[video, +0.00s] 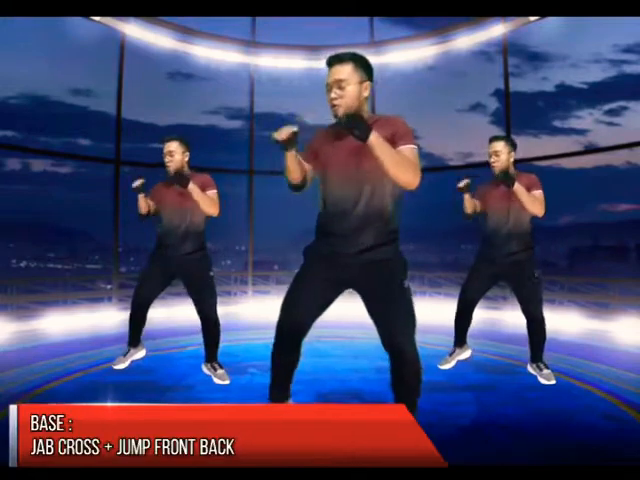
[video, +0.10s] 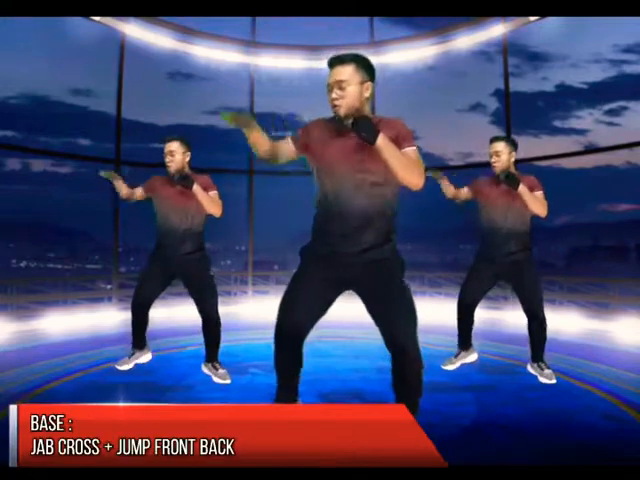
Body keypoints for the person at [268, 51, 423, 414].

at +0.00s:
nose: (333, 93)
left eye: (341, 85)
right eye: (330, 87)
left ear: (366, 88)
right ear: (327, 92)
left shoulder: (393, 129)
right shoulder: (322, 139)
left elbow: (410, 179)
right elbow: (297, 181)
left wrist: (369, 136)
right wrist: (289, 149)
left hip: (379, 258)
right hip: (327, 258)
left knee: (402, 347)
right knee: (288, 330)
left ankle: (405, 422)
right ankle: (277, 408)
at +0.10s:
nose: (333, 94)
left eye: (341, 85)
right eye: (330, 87)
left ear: (367, 88)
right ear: (328, 91)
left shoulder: (394, 132)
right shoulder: (316, 133)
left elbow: (415, 180)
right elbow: (273, 153)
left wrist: (377, 139)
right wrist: (251, 128)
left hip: (377, 261)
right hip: (324, 260)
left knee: (406, 349)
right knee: (288, 331)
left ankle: (407, 424)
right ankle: (286, 408)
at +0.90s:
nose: (322, 103)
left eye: (329, 95)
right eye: (321, 96)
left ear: (356, 95)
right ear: (328, 99)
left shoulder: (390, 130)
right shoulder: (329, 145)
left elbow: (396, 181)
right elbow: (306, 190)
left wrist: (349, 139)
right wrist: (296, 152)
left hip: (384, 264)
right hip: (339, 263)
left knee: (398, 352)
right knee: (299, 332)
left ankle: (425, 431)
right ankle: (289, 418)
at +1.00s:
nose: (323, 105)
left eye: (330, 97)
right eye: (322, 98)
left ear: (357, 97)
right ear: (329, 102)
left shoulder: (392, 132)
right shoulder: (330, 148)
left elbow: (402, 183)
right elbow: (306, 195)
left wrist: (353, 143)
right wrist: (294, 156)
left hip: (384, 268)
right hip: (337, 266)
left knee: (397, 354)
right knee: (294, 334)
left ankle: (426, 432)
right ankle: (289, 418)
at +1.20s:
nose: (298, 88)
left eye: (304, 80)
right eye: (297, 81)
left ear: (331, 80)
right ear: (315, 83)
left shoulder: (369, 118)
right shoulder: (310, 133)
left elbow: (379, 163)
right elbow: (285, 174)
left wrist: (334, 120)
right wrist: (269, 139)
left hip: (361, 248)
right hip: (314, 246)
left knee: (384, 337)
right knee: (265, 307)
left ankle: (421, 421)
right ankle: (253, 387)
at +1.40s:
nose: (277, 110)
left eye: (283, 102)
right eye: (277, 103)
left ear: (309, 104)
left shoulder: (344, 146)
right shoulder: (281, 153)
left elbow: (351, 196)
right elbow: (251, 193)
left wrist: (311, 148)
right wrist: (240, 155)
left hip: (326, 273)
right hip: (277, 271)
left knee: (364, 357)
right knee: (244, 342)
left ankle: (371, 425)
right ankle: (246, 412)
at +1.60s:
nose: (285, 87)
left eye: (291, 79)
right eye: (285, 80)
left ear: (318, 79)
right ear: (302, 82)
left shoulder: (353, 116)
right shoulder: (292, 128)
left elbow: (365, 166)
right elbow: (267, 174)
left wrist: (319, 127)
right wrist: (253, 135)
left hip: (348, 245)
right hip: (301, 244)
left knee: (379, 330)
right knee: (262, 314)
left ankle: (397, 406)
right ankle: (249, 395)